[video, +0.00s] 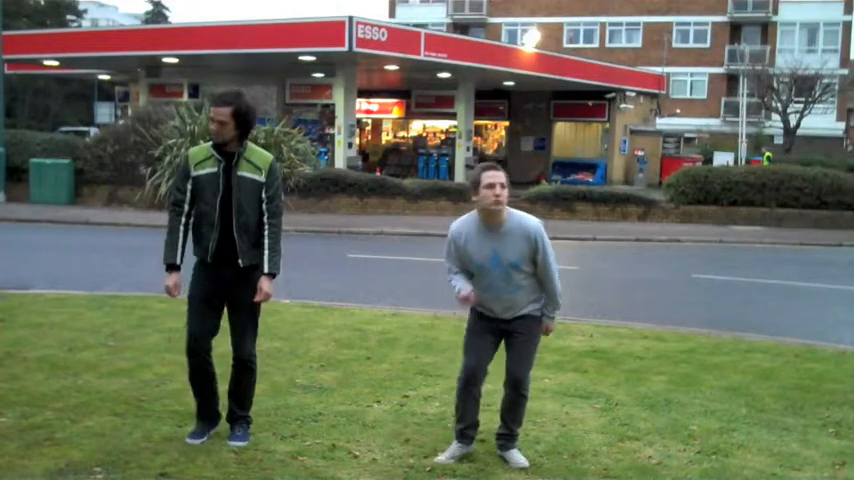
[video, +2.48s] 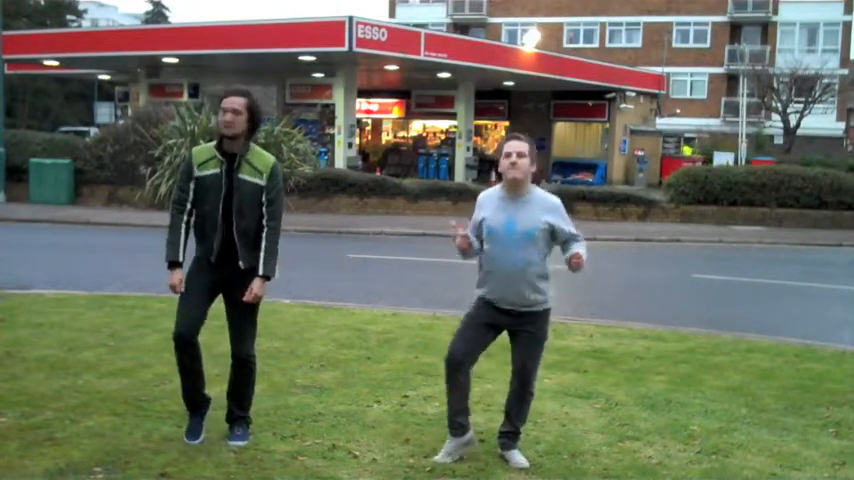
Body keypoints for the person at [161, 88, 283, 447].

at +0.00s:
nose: (213, 127)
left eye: (221, 122)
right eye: (211, 120)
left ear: (241, 125)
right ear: (210, 120)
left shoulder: (265, 166)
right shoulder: (194, 160)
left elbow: (273, 222)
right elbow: (178, 214)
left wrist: (268, 273)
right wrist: (172, 267)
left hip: (247, 273)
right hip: (206, 269)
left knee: (244, 352)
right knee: (196, 345)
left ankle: (240, 420)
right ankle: (207, 417)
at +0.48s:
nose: (213, 126)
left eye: (220, 120)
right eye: (211, 119)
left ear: (241, 123)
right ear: (210, 120)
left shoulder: (266, 165)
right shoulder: (196, 158)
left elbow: (274, 223)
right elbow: (179, 212)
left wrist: (267, 274)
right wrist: (173, 264)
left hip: (245, 272)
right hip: (204, 268)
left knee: (244, 352)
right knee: (186, 338)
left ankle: (240, 419)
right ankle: (200, 412)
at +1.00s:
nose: (210, 123)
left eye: (217, 117)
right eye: (209, 116)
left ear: (237, 120)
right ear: (210, 119)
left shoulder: (265, 165)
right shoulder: (195, 159)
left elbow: (272, 224)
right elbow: (178, 211)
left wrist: (265, 275)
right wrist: (171, 263)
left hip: (244, 271)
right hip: (203, 267)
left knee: (244, 351)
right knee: (178, 334)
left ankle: (240, 420)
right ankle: (195, 411)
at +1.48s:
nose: (206, 120)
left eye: (213, 115)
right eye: (207, 114)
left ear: (233, 120)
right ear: (217, 119)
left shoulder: (265, 166)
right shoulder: (196, 158)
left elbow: (270, 225)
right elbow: (181, 212)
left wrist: (263, 277)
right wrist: (175, 263)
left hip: (243, 273)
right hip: (204, 270)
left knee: (243, 352)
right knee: (193, 343)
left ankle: (239, 420)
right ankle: (205, 417)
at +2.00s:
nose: (211, 116)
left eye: (218, 112)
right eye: (211, 110)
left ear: (238, 119)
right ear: (216, 117)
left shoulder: (266, 166)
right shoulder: (198, 157)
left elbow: (272, 226)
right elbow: (182, 211)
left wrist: (260, 276)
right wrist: (176, 262)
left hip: (244, 272)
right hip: (205, 267)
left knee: (243, 352)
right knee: (184, 335)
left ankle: (239, 420)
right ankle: (196, 408)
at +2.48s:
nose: (226, 117)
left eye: (235, 113)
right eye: (223, 111)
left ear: (250, 121)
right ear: (217, 117)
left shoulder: (268, 167)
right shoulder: (197, 158)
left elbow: (273, 225)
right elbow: (179, 212)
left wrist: (263, 276)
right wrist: (175, 264)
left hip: (245, 271)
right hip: (203, 266)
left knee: (243, 353)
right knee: (183, 334)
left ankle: (239, 419)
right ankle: (196, 408)